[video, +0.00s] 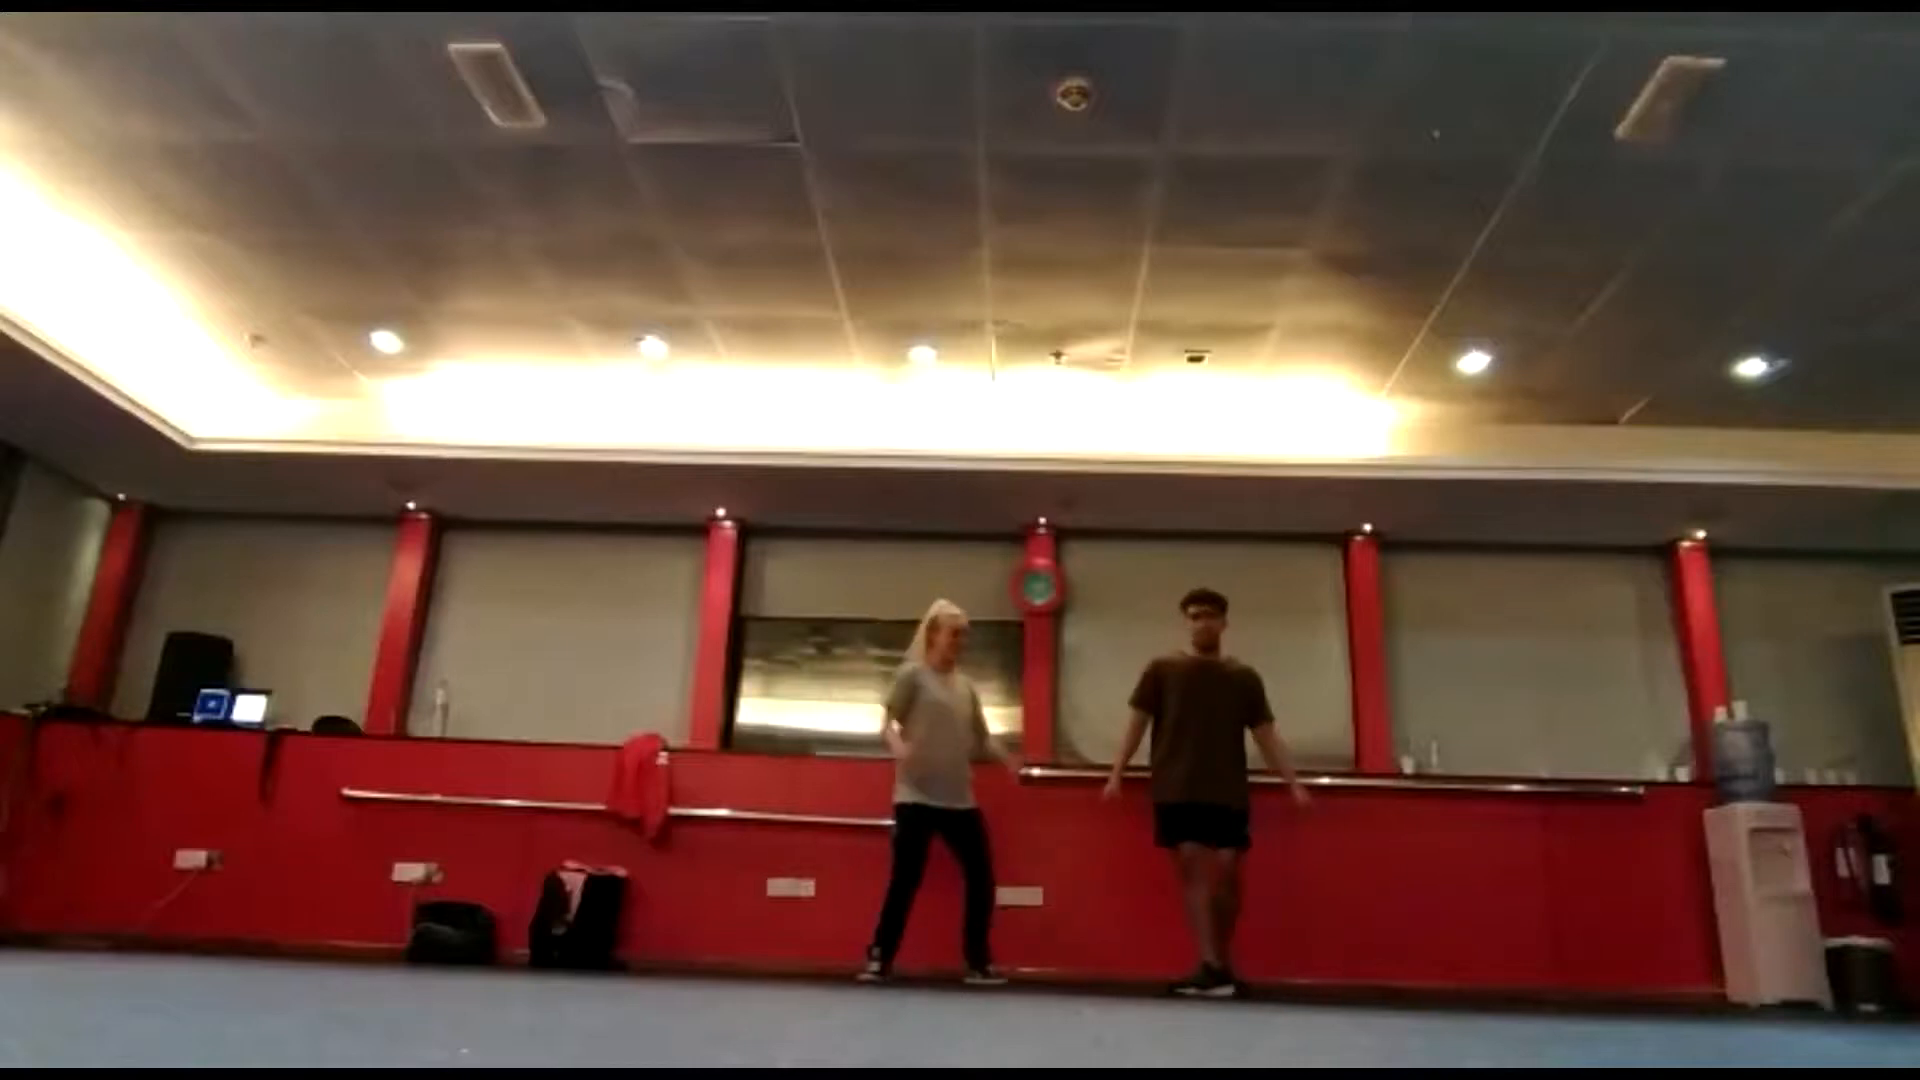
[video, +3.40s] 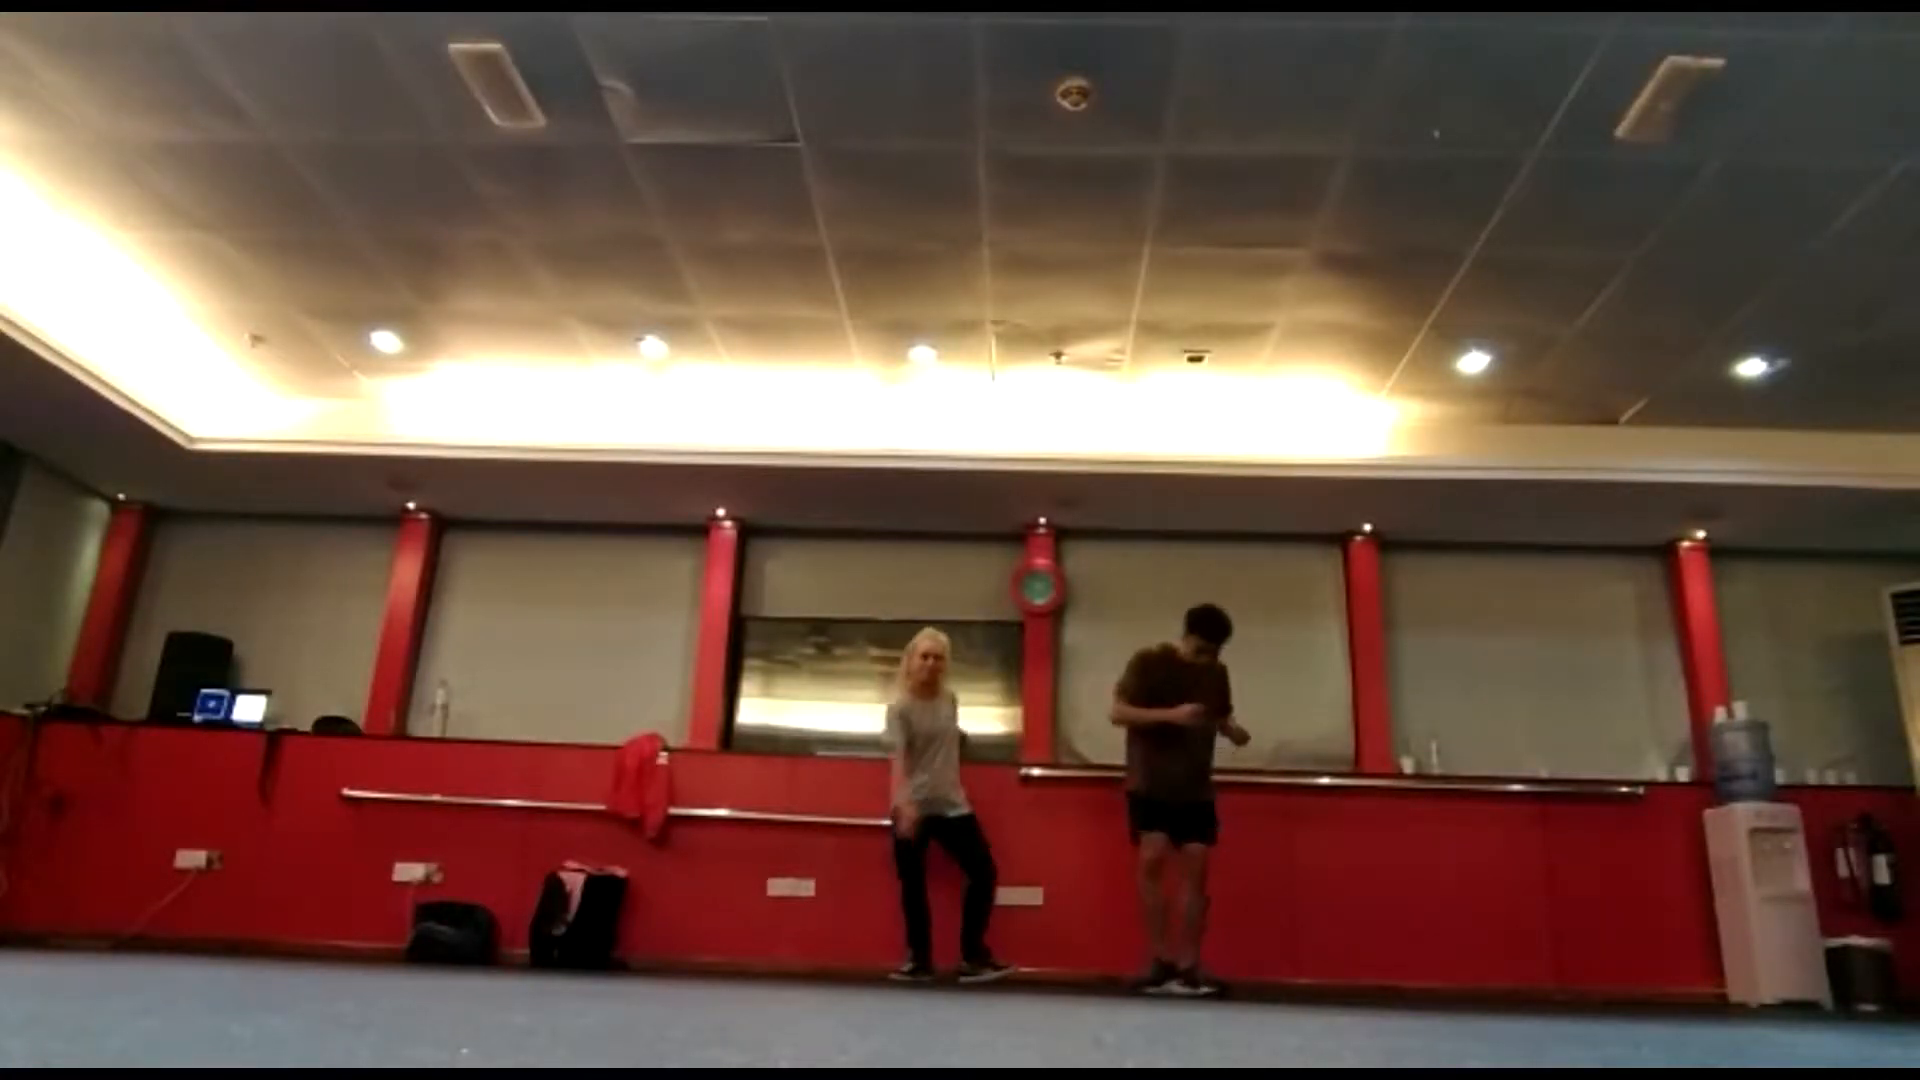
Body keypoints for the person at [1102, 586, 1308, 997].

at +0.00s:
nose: (1203, 624)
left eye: (1211, 617)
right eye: (1196, 617)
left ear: (1223, 622)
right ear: (1185, 622)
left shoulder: (1242, 678)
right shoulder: (1162, 672)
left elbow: (1266, 735)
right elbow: (1136, 725)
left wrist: (1293, 782)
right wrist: (1116, 773)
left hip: (1226, 791)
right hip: (1176, 790)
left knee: (1225, 873)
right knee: (1190, 868)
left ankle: (1219, 962)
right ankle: (1209, 964)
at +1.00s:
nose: (1153, 616)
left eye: (1159, 608)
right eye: (1145, 610)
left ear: (1172, 611)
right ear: (1133, 615)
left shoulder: (1202, 655)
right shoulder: (1121, 669)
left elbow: (1239, 692)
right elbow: (1095, 718)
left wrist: (1251, 746)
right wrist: (1101, 768)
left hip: (1207, 775)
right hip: (1154, 780)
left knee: (1222, 858)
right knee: (1156, 866)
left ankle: (1219, 946)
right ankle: (1161, 961)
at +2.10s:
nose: (1148, 643)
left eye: (1154, 634)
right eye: (1142, 636)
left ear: (1171, 622)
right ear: (1136, 631)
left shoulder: (1217, 662)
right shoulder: (1139, 657)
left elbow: (1230, 731)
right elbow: (1136, 711)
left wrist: (1193, 767)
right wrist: (1136, 751)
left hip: (1204, 773)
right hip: (1157, 771)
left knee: (1196, 851)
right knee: (1154, 861)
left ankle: (1203, 963)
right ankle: (1164, 960)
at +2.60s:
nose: (1103, 673)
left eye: (1099, 664)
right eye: (1096, 668)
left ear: (1112, 645)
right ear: (1108, 652)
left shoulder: (1168, 668)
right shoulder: (1146, 680)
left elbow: (1184, 723)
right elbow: (1164, 736)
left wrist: (1141, 775)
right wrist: (1142, 730)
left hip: (1195, 774)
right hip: (1164, 775)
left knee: (1173, 847)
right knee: (1140, 856)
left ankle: (1198, 967)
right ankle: (1171, 964)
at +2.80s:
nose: (1109, 659)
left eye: (1110, 649)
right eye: (1101, 654)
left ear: (1123, 632)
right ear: (1095, 651)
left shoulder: (1173, 651)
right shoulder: (1112, 683)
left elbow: (1214, 692)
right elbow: (1114, 741)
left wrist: (1167, 739)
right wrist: (1101, 700)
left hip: (1201, 768)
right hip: (1154, 775)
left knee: (1198, 847)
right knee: (1143, 857)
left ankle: (1218, 962)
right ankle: (1172, 963)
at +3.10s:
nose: (1150, 660)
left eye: (1156, 652)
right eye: (1142, 652)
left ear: (1167, 645)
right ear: (1130, 648)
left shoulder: (1191, 676)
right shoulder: (1114, 684)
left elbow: (1224, 724)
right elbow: (1119, 740)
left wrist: (1200, 701)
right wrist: (1146, 691)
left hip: (1193, 783)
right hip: (1144, 785)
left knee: (1217, 872)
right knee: (1131, 863)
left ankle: (1194, 965)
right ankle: (1169, 962)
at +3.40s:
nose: (1204, 658)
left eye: (1211, 652)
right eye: (1200, 649)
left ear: (1218, 647)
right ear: (1188, 636)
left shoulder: (1215, 674)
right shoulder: (1148, 663)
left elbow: (1221, 720)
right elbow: (1118, 712)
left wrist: (1236, 733)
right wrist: (1172, 714)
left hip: (1194, 788)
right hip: (1150, 787)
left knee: (1195, 875)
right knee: (1152, 868)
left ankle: (1189, 966)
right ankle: (1158, 960)